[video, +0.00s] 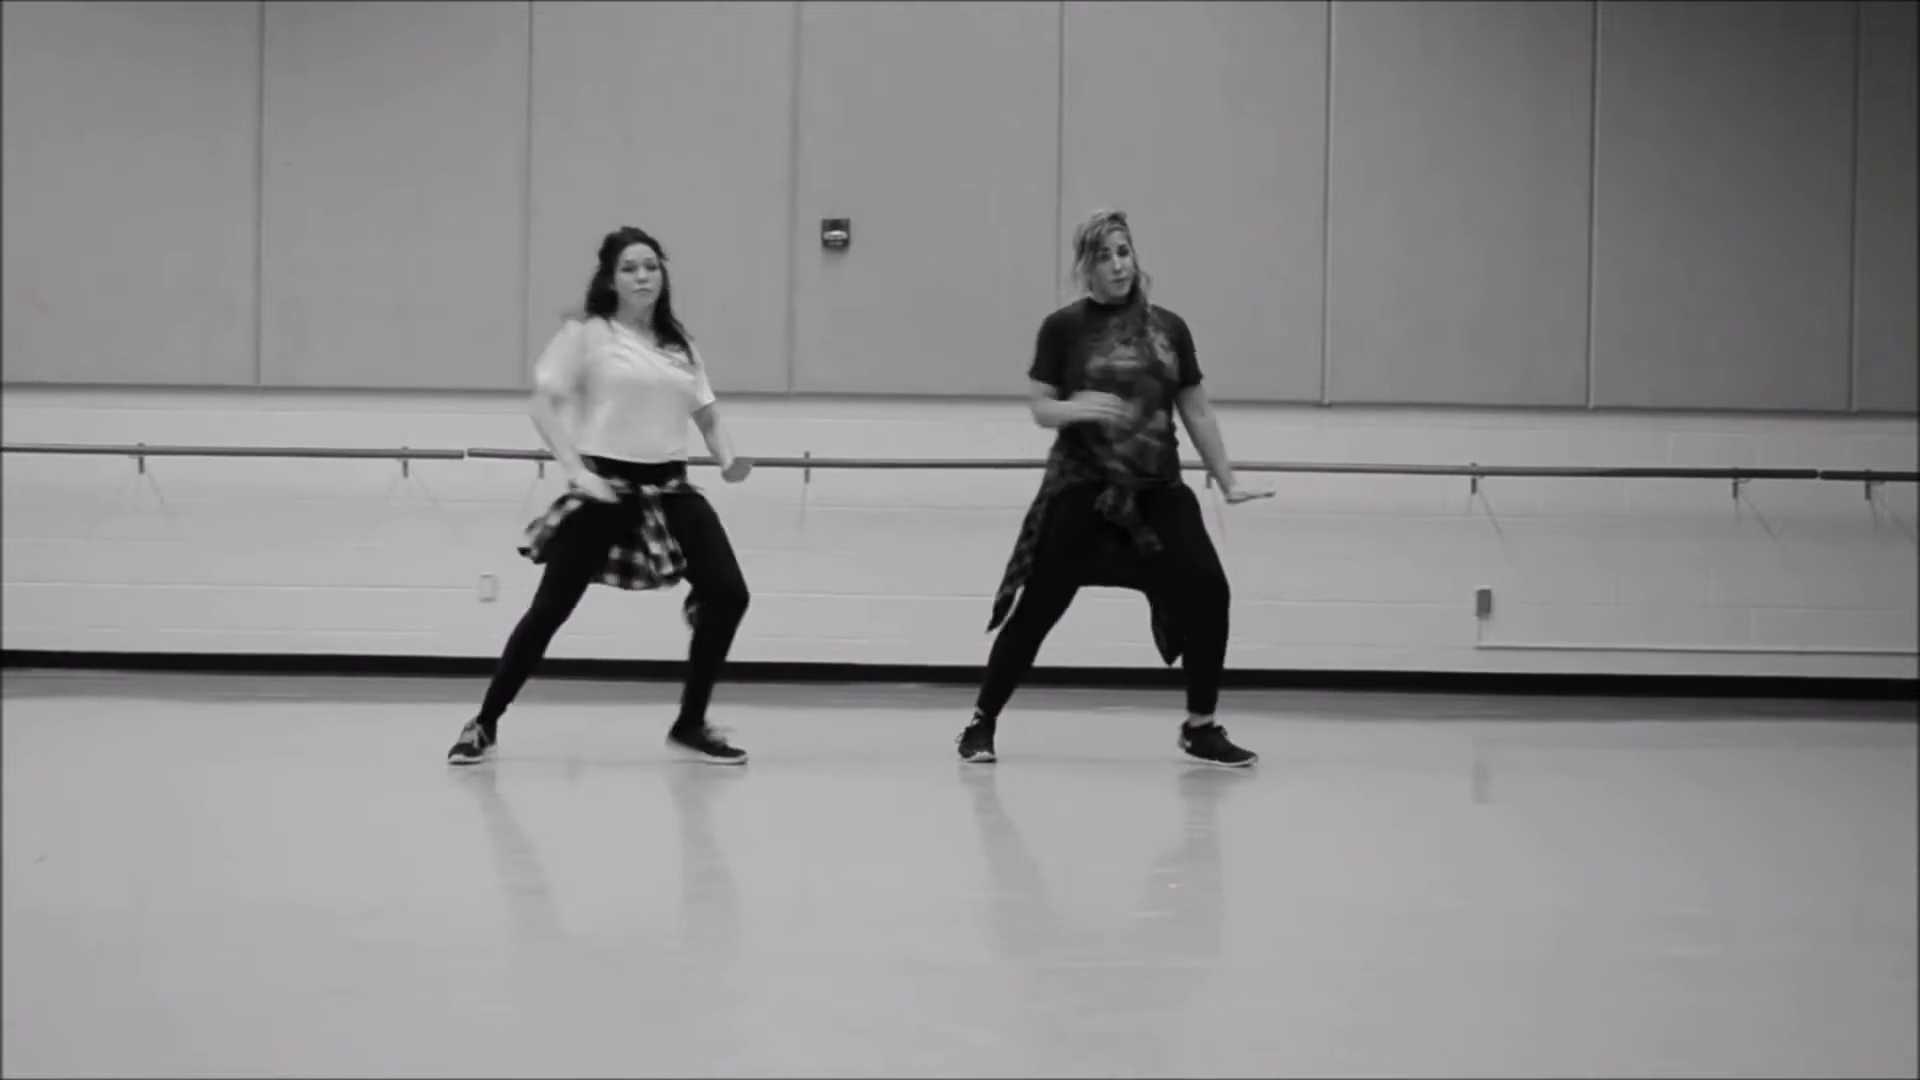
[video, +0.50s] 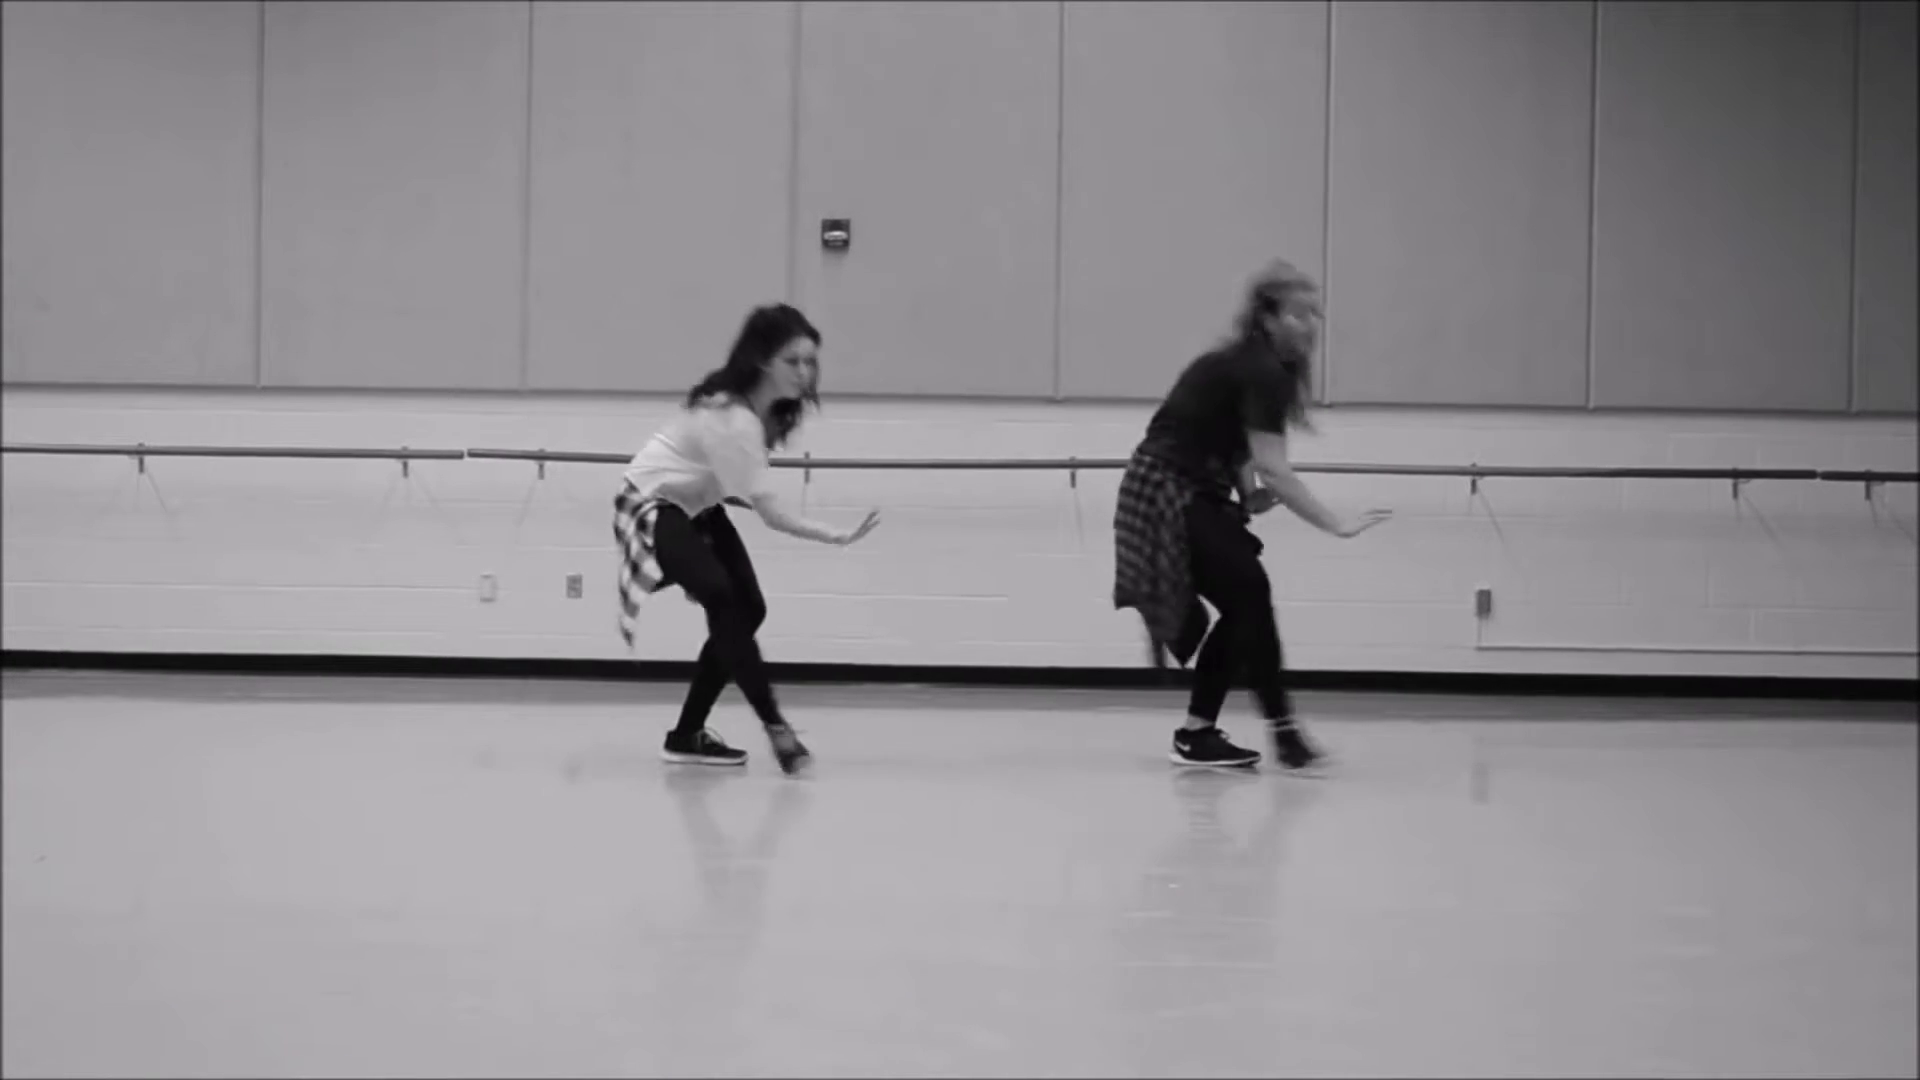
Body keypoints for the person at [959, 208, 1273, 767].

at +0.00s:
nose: (1117, 263)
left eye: (1124, 252)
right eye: (1104, 255)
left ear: (1136, 259)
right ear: (1086, 266)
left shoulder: (1168, 329)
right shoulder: (1063, 329)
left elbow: (1197, 411)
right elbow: (1041, 408)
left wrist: (1228, 482)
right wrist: (1078, 407)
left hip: (1158, 492)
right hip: (1080, 490)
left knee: (1209, 593)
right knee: (1042, 603)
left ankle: (1201, 726)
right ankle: (983, 722)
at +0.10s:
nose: (1131, 267)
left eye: (1136, 255)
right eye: (1116, 261)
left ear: (1149, 259)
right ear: (1097, 277)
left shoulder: (1176, 322)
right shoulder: (1106, 327)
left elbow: (1200, 403)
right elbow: (1107, 415)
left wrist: (1225, 469)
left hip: (1175, 489)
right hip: (1113, 489)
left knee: (1221, 597)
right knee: (1067, 610)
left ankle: (1195, 729)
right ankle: (991, 718)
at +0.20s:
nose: (1172, 265)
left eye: (1175, 253)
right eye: (1157, 260)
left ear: (1188, 259)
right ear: (1137, 277)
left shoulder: (1196, 319)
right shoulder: (1152, 330)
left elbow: (1207, 400)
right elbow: (1165, 423)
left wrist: (1232, 462)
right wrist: (1220, 487)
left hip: (1192, 488)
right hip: (1142, 489)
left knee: (1234, 599)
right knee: (1119, 604)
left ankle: (1197, 729)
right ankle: (1045, 710)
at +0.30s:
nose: (1220, 272)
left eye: (1224, 261)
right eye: (1204, 265)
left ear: (1232, 268)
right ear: (1180, 278)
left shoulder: (1216, 333)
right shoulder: (1190, 334)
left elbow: (1217, 420)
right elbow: (1208, 427)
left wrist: (1240, 470)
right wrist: (1249, 497)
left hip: (1195, 489)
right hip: (1160, 490)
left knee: (1237, 598)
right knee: (1174, 600)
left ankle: (1201, 728)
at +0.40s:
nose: (1269, 291)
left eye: (1273, 280)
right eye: (1255, 282)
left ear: (1278, 288)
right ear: (1226, 293)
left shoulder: (1225, 342)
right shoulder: (1229, 347)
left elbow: (1222, 435)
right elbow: (1244, 446)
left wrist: (1244, 479)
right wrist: (1290, 516)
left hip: (1183, 486)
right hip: (1169, 489)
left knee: (1232, 598)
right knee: (1236, 598)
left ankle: (1205, 723)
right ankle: (1202, 726)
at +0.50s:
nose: (1311, 324)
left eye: (1315, 314)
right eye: (1300, 313)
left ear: (1314, 317)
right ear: (1268, 318)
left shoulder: (1241, 362)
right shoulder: (1260, 369)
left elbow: (1222, 438)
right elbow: (1273, 469)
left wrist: (1247, 493)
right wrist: (1335, 523)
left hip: (1177, 489)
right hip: (1172, 493)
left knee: (1241, 601)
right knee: (1249, 592)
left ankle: (1197, 729)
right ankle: (1283, 728)